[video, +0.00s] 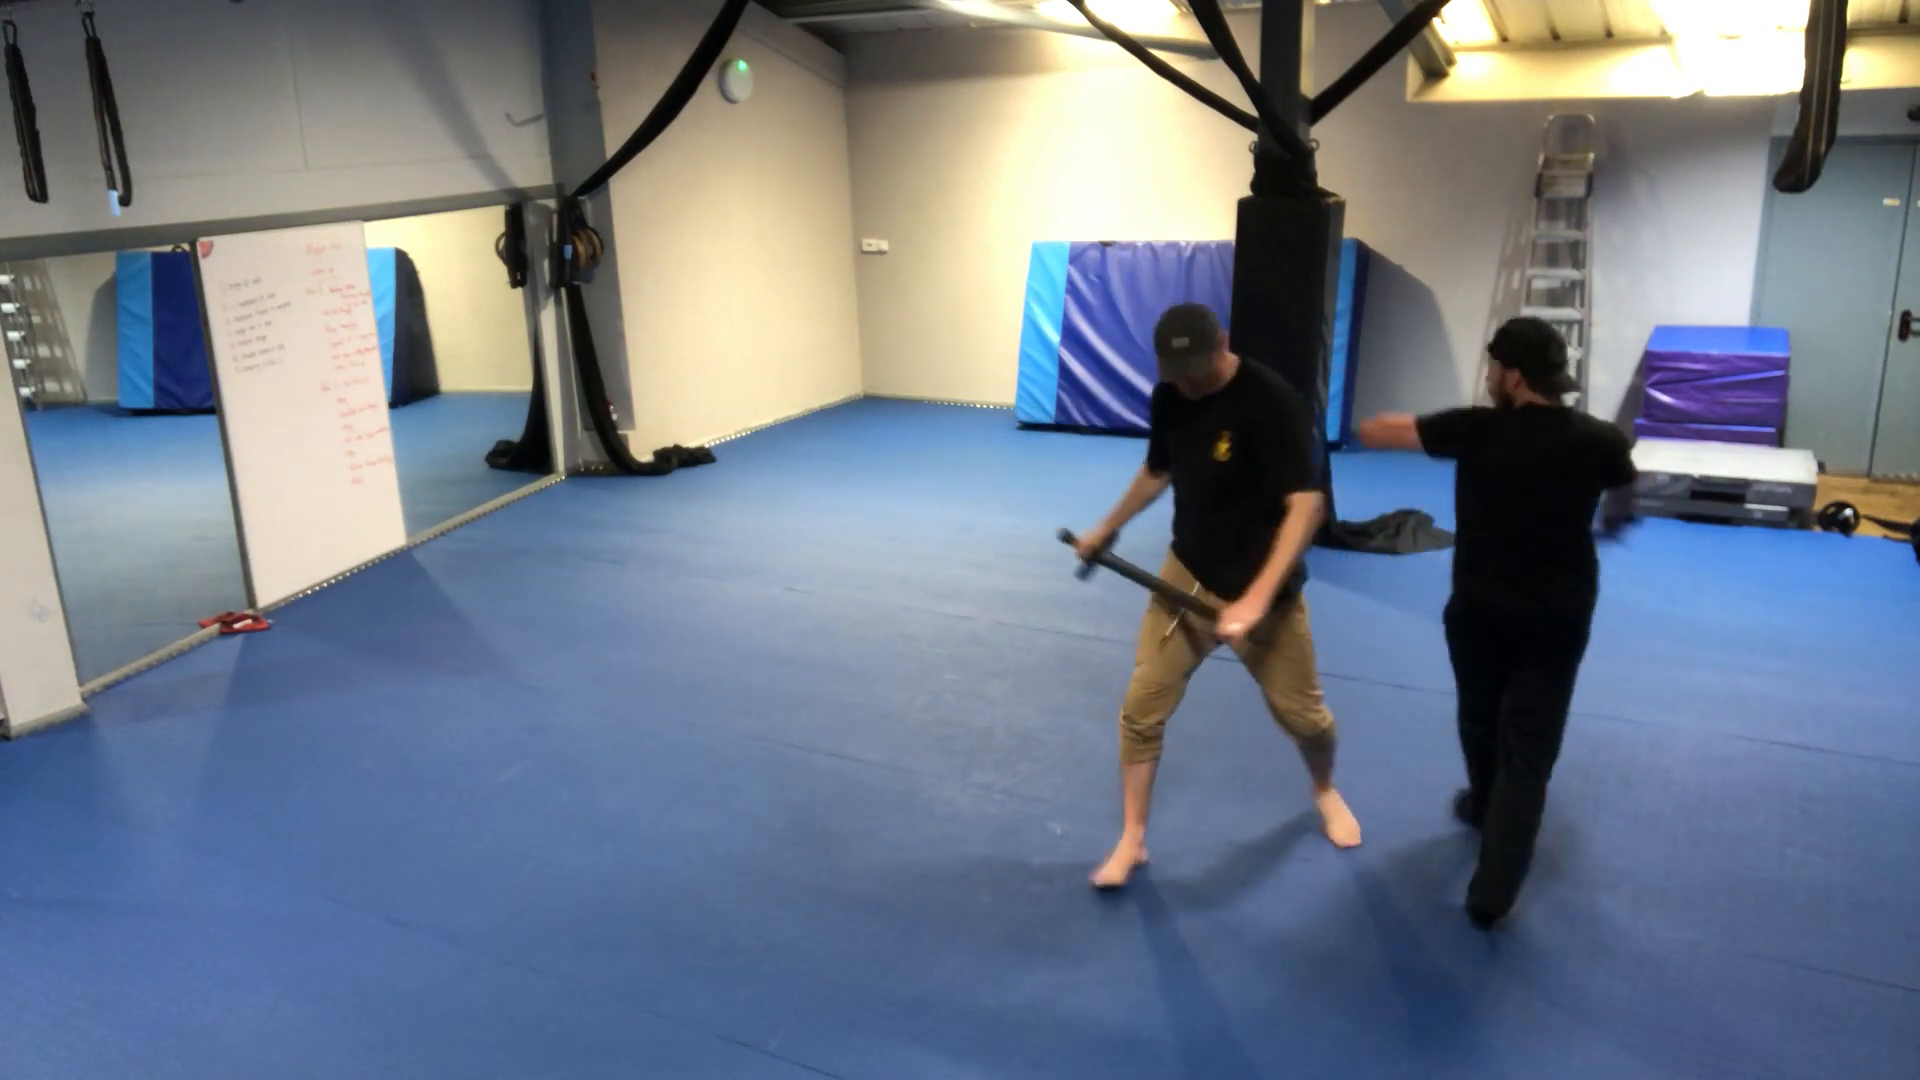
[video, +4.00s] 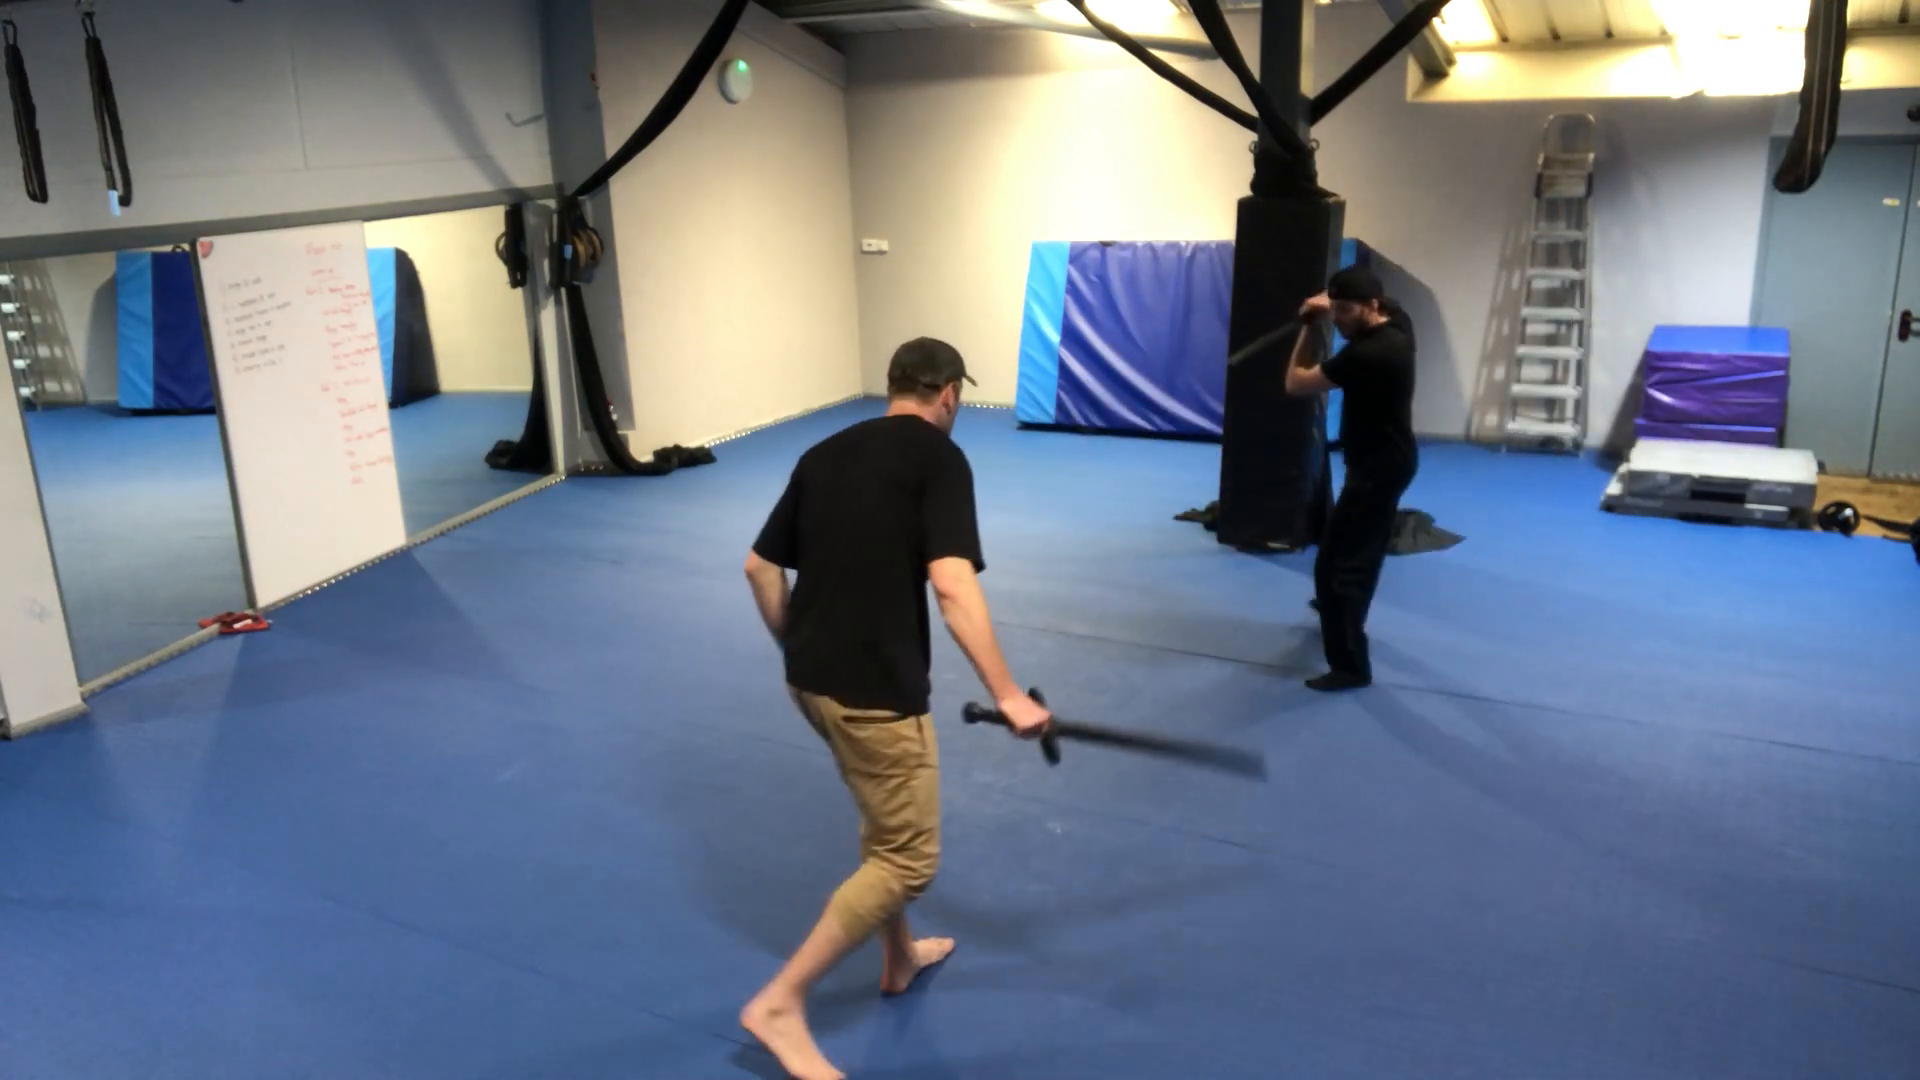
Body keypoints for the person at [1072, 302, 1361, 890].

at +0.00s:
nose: (1188, 382)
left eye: (1198, 370)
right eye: (1178, 373)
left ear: (1223, 346)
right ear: (1165, 363)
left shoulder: (1274, 401)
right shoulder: (1169, 399)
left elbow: (1307, 506)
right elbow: (1157, 471)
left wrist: (1255, 599)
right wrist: (1105, 530)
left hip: (1267, 582)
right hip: (1189, 572)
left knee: (1306, 719)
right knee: (1142, 707)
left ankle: (1325, 791)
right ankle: (1132, 837)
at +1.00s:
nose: (934, 512)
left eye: (929, 503)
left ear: (936, 508)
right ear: (996, 474)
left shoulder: (1011, 559)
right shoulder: (1045, 518)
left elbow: (1095, 657)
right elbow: (1079, 632)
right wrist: (1032, 715)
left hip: (1145, 727)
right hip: (1175, 703)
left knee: (1013, 857)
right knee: (1082, 825)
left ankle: (1040, 993)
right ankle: (1189, 929)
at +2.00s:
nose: (1186, 478)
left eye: (1189, 466)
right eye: (1188, 465)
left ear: (1107, 453)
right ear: (1170, 467)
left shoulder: (1021, 514)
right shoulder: (1133, 556)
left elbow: (930, 613)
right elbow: (1112, 714)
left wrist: (989, 687)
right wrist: (1214, 812)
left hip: (957, 772)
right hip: (1052, 801)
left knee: (1002, 867)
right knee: (1135, 985)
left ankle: (966, 1028)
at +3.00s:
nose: (945, 459)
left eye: (945, 445)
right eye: (945, 445)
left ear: (877, 436)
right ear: (925, 447)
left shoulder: (806, 490)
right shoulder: (867, 526)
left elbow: (735, 581)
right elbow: (896, 680)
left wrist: (771, 669)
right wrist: (987, 709)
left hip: (832, 736)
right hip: (788, 756)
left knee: (912, 850)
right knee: (824, 919)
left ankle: (950, 1022)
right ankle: (731, 1033)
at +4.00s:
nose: (960, 410)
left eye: (959, 399)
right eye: (960, 399)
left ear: (890, 390)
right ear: (948, 395)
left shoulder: (826, 454)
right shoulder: (938, 458)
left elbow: (763, 565)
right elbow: (952, 584)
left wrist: (798, 644)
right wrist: (1010, 696)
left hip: (813, 679)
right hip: (878, 690)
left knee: (886, 824)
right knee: (907, 856)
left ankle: (900, 956)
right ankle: (777, 1001)